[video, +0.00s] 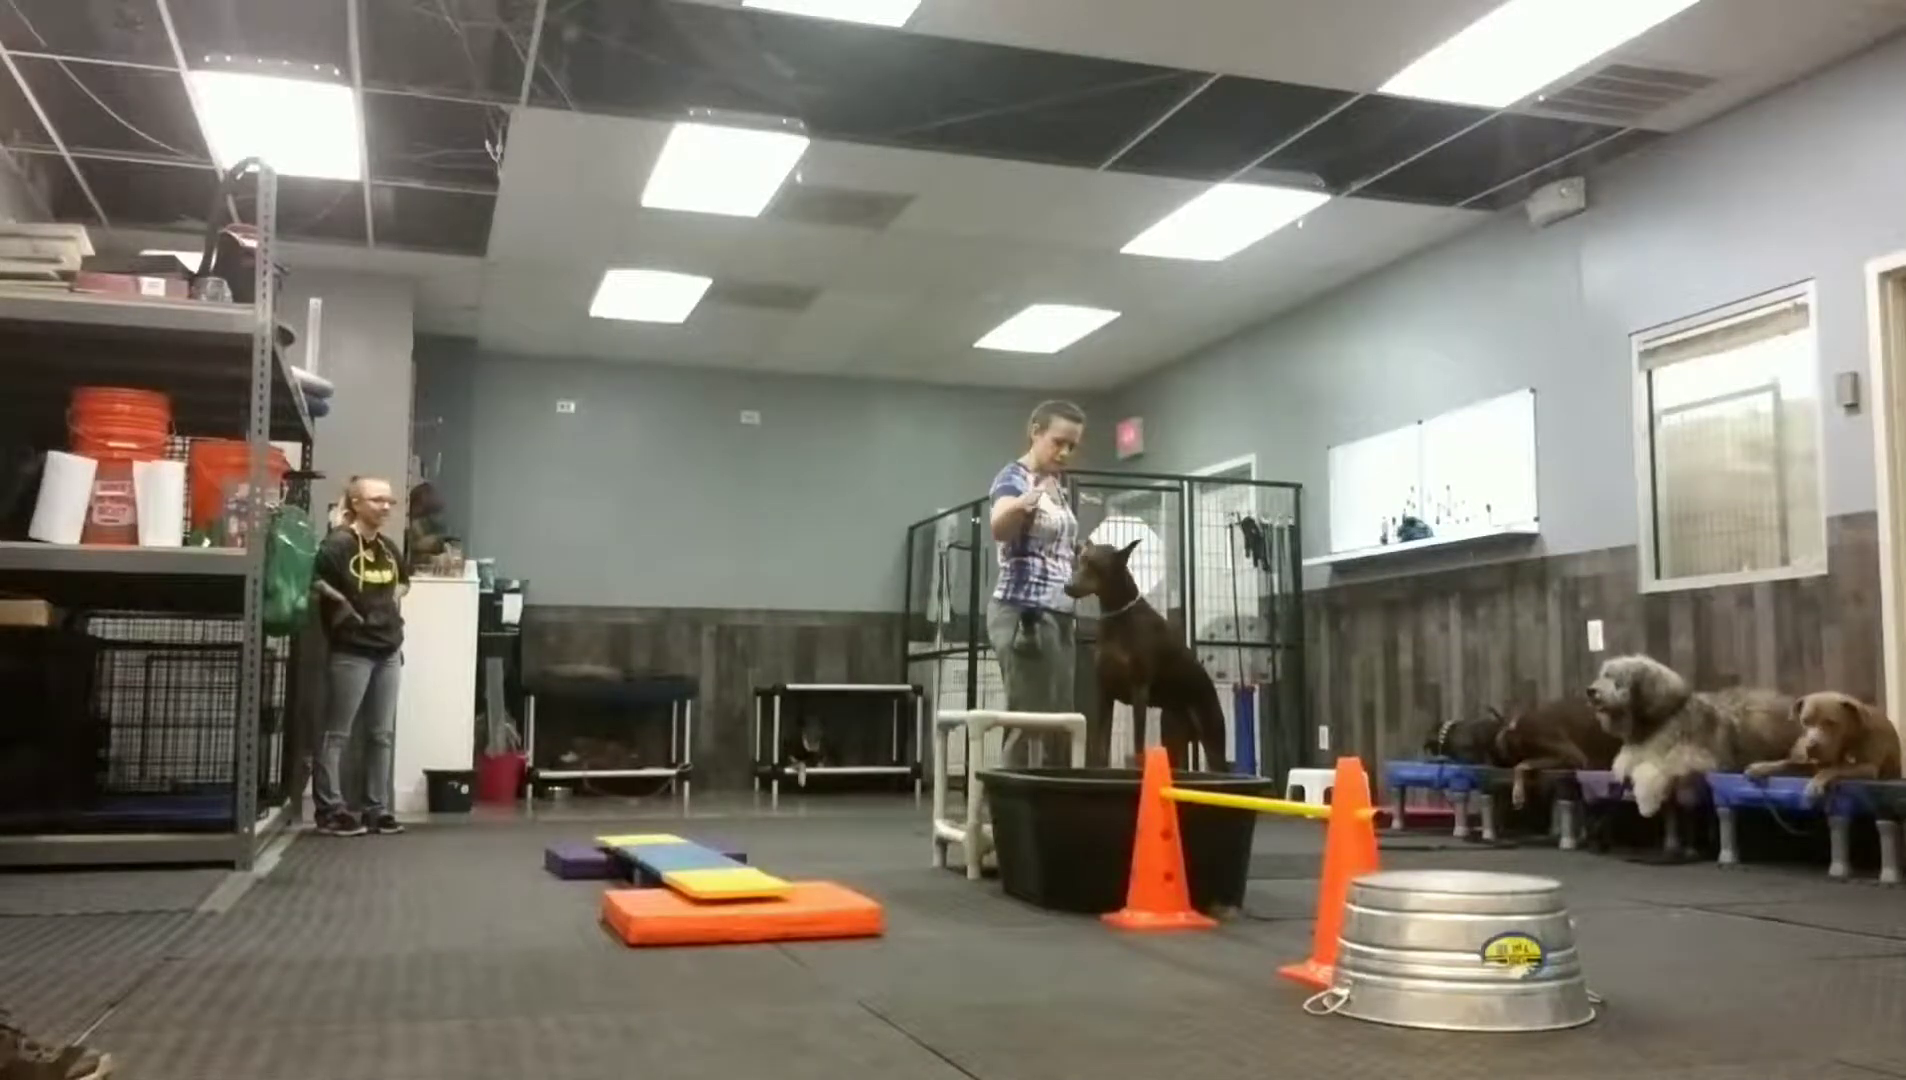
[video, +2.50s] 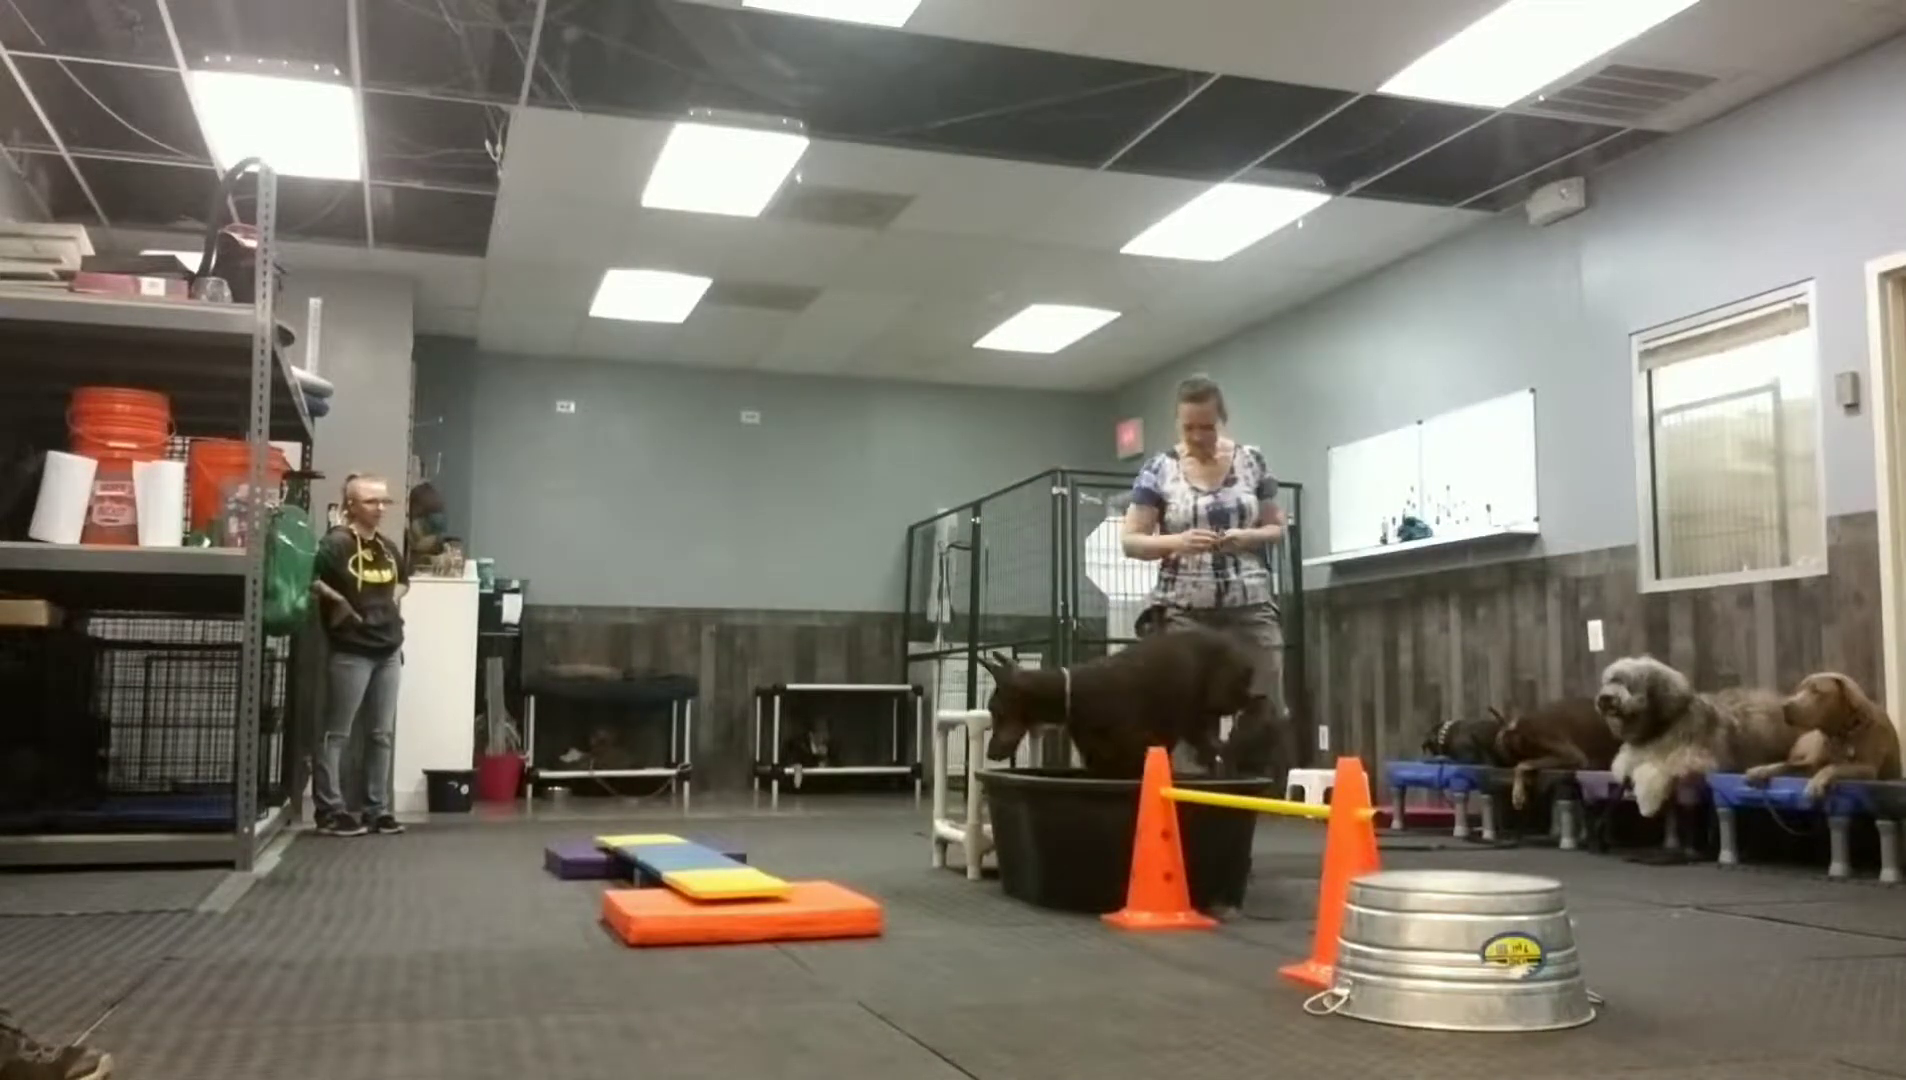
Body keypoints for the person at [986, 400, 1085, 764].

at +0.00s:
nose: (1065, 454)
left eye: (1071, 447)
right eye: (1059, 443)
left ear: (1076, 447)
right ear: (1035, 433)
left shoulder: (1056, 486)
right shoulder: (1015, 477)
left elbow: (1060, 547)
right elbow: (999, 529)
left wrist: (1085, 553)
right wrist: (1021, 507)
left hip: (1058, 614)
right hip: (1024, 612)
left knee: (1060, 720)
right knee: (1030, 720)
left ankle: (1053, 807)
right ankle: (1015, 809)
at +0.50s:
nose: (1057, 452)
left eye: (1064, 444)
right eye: (1050, 441)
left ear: (1069, 446)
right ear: (1027, 434)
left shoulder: (1053, 489)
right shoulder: (1010, 479)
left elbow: (1062, 541)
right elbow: (993, 536)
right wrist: (1018, 522)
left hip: (1063, 613)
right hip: (1026, 611)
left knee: (1064, 719)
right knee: (1032, 718)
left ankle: (1054, 808)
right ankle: (1008, 808)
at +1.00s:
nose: (1074, 471)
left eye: (1079, 464)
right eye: (1071, 459)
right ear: (1046, 445)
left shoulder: (1045, 496)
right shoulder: (1016, 486)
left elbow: (1048, 561)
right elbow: (1016, 554)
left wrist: (1091, 560)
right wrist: (1081, 555)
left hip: (1052, 620)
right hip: (1023, 617)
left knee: (1068, 719)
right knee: (1039, 721)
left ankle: (1052, 811)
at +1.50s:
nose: (1075, 480)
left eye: (1080, 474)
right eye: (1072, 469)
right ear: (1047, 454)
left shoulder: (1037, 496)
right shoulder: (1025, 492)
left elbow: (1032, 558)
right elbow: (1020, 556)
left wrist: (1067, 564)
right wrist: (1068, 561)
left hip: (1024, 617)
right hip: (1026, 618)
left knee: (1018, 720)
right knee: (1057, 716)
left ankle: (997, 806)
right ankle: (1049, 808)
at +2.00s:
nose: (1157, 466)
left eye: (1164, 457)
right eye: (1150, 456)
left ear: (1171, 451)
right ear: (1125, 440)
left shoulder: (1167, 484)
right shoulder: (1104, 488)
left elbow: (1164, 541)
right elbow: (1102, 549)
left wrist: (1174, 559)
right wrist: (1114, 586)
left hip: (1170, 620)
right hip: (1117, 622)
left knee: (1180, 727)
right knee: (1109, 728)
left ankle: (1188, 817)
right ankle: (1091, 817)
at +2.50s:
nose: (1197, 436)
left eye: (1205, 427)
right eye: (1189, 427)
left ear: (1221, 419)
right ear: (1178, 422)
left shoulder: (1250, 462)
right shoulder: (1159, 469)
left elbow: (1276, 529)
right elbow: (1131, 541)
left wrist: (1239, 538)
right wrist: (1178, 542)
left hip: (1251, 610)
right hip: (1184, 612)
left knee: (1267, 715)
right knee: (1188, 721)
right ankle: (1190, 814)